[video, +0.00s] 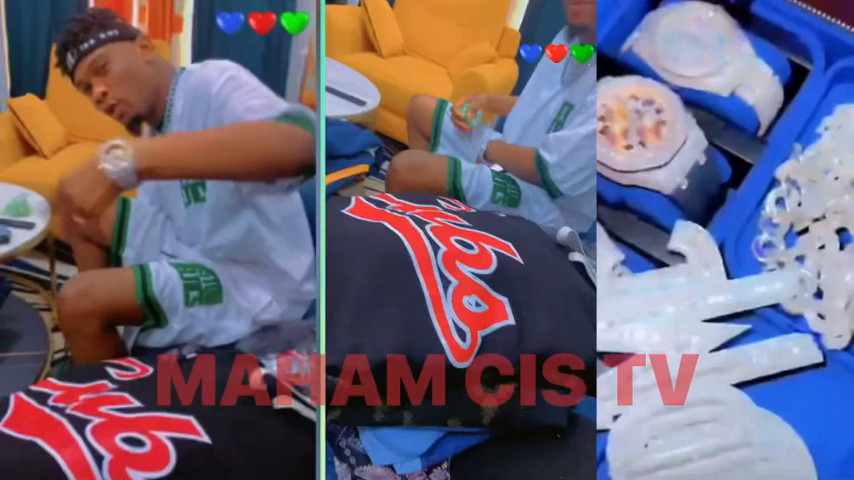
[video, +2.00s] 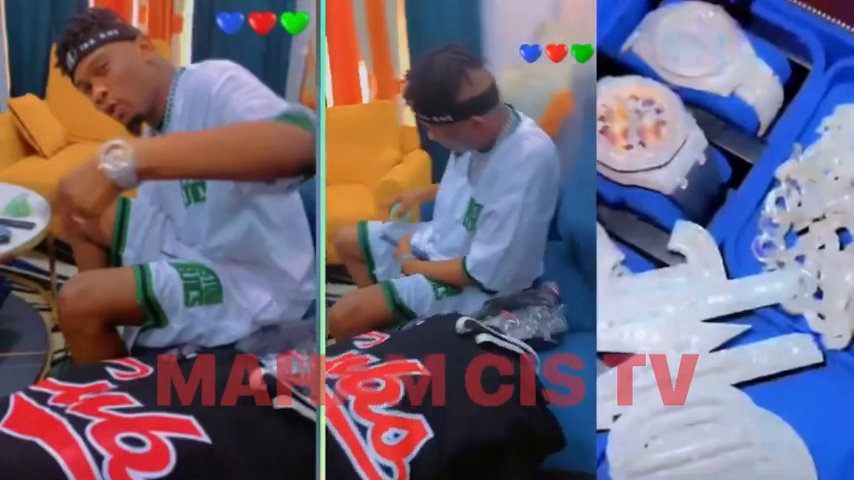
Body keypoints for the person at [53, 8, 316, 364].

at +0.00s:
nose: (98, 94)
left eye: (102, 70)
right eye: (87, 89)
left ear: (144, 48)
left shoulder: (213, 81)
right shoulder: (152, 133)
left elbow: (299, 146)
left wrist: (131, 160)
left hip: (260, 279)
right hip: (190, 251)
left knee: (80, 300)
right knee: (84, 214)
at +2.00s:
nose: (98, 94)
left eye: (102, 70)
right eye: (87, 89)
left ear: (144, 48)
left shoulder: (213, 81)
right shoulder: (152, 132)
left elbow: (298, 145)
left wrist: (131, 160)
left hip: (259, 278)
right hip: (190, 251)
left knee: (80, 300)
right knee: (84, 214)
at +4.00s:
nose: (98, 94)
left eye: (102, 70)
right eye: (87, 89)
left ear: (144, 48)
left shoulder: (213, 81)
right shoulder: (153, 133)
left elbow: (299, 146)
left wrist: (132, 160)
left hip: (260, 279)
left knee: (80, 300)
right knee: (85, 215)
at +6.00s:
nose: (97, 94)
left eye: (102, 70)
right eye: (87, 89)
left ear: (145, 48)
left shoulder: (213, 81)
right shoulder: (153, 135)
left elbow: (299, 146)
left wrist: (131, 160)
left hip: (262, 280)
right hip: (192, 253)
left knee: (80, 300)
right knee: (83, 213)